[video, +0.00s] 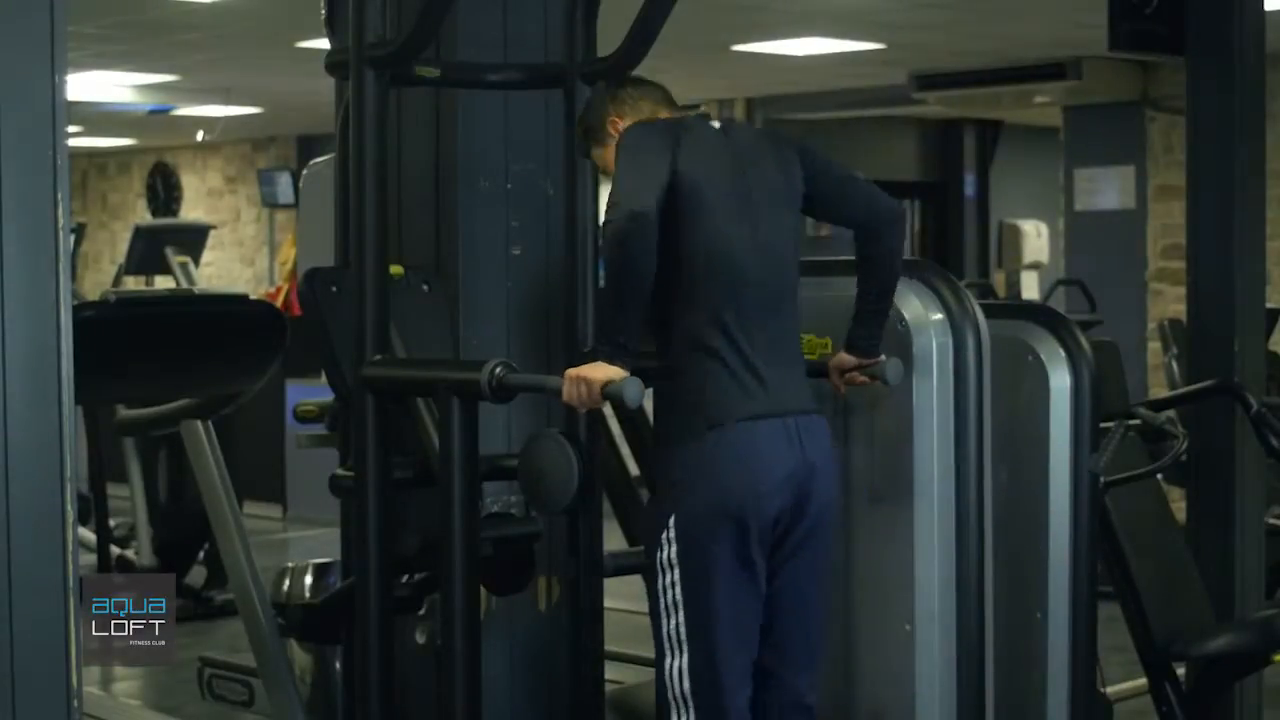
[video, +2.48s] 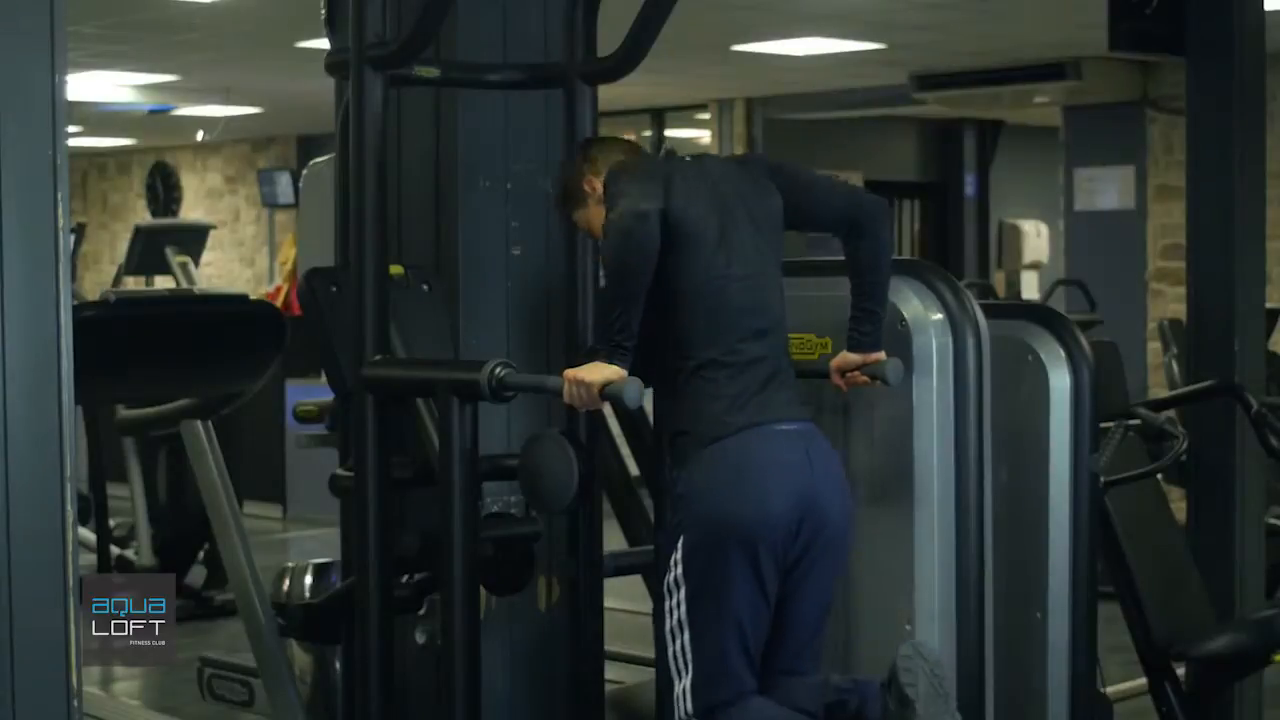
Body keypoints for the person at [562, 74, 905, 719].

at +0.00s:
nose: (614, 181)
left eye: (606, 165)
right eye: (605, 171)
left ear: (620, 128)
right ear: (677, 114)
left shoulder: (649, 140)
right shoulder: (774, 147)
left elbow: (629, 223)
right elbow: (882, 213)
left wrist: (614, 352)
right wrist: (863, 345)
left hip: (714, 445)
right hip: (806, 437)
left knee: (704, 688)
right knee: (792, 683)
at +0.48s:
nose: (615, 91)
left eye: (609, 78)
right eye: (608, 84)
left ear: (620, 34)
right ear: (674, 17)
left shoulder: (652, 62)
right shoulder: (785, 72)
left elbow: (641, 207)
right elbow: (831, 219)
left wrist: (612, 347)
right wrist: (860, 338)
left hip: (724, 358)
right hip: (812, 354)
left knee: (673, 599)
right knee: (752, 586)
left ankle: (761, 712)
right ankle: (836, 706)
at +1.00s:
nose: (617, 112)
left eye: (610, 97)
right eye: (610, 105)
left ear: (625, 61)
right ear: (674, 44)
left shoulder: (651, 82)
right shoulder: (786, 88)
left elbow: (633, 208)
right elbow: (854, 210)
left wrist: (612, 349)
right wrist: (865, 336)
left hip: (737, 379)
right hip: (823, 373)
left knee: (685, 614)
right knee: (764, 588)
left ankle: (882, 674)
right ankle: (867, 601)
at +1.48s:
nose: (597, 219)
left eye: (592, 206)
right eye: (591, 212)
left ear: (605, 171)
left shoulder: (640, 168)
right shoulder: (763, 168)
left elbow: (623, 222)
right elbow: (877, 213)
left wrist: (609, 352)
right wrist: (868, 342)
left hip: (739, 464)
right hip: (821, 448)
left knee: (712, 700)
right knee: (789, 676)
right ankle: (891, 693)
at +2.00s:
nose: (596, 326)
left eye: (586, 313)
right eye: (587, 320)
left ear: (594, 277)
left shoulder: (631, 272)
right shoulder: (742, 242)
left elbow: (633, 216)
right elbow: (861, 216)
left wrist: (613, 351)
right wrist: (865, 341)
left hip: (742, 544)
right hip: (824, 529)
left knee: (731, 706)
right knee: (819, 709)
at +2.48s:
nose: (601, 240)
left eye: (592, 226)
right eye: (591, 234)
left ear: (597, 186)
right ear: (643, 156)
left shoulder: (634, 176)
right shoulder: (750, 173)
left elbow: (637, 222)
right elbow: (866, 209)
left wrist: (612, 352)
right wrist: (866, 338)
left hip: (723, 468)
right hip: (810, 455)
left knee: (712, 701)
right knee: (785, 686)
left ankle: (879, 702)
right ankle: (885, 698)